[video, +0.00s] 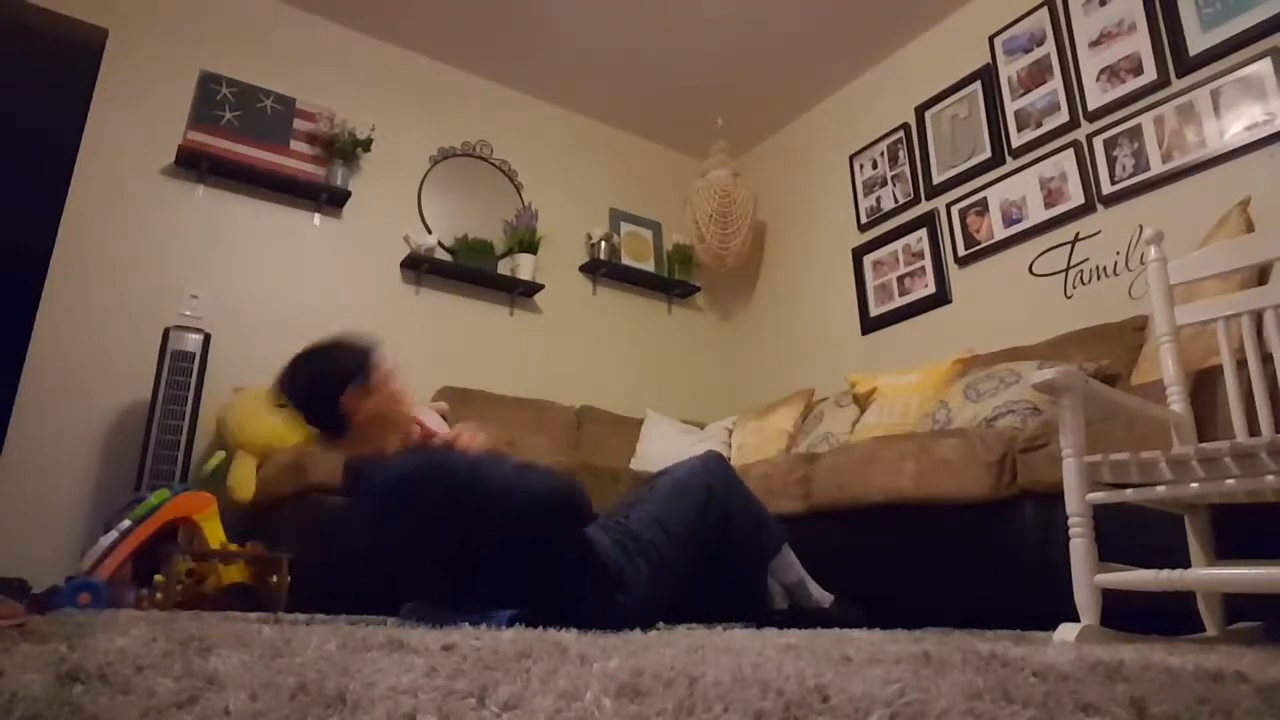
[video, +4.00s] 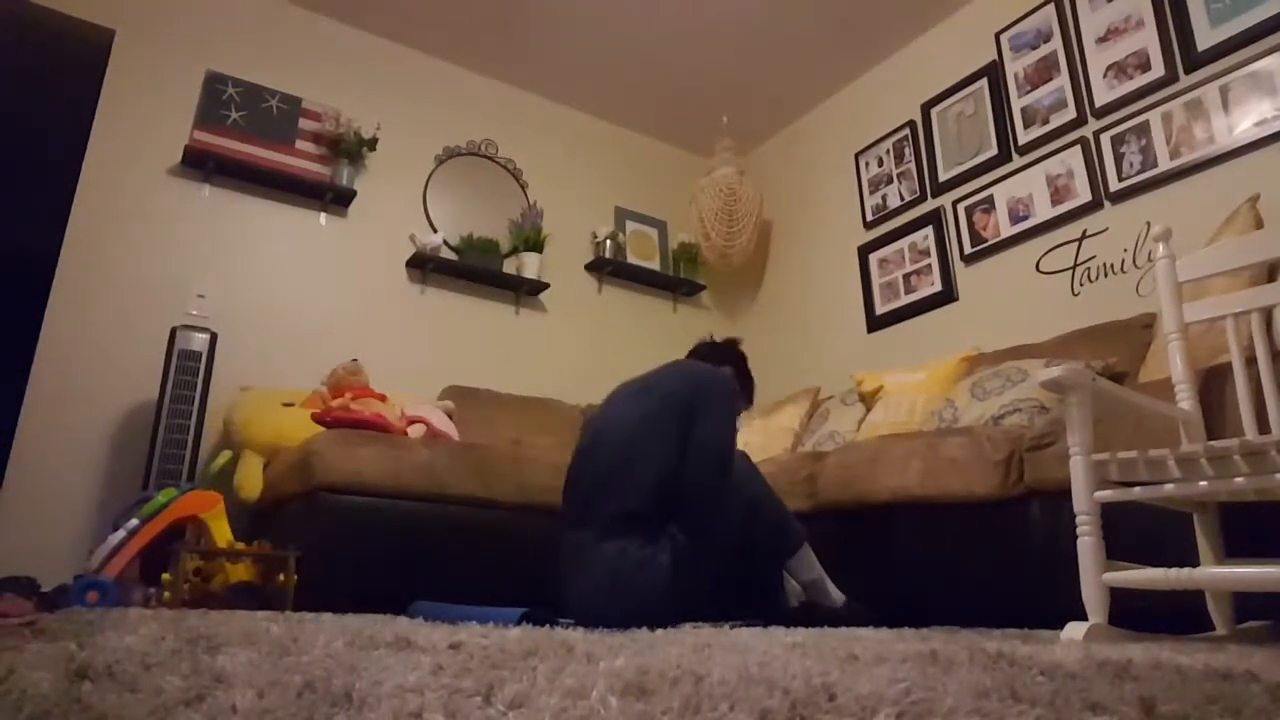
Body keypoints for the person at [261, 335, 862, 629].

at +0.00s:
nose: (401, 387)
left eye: (391, 375)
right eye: (387, 379)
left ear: (343, 414)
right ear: (356, 404)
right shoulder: (427, 478)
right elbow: (570, 503)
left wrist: (444, 455)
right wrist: (482, 455)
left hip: (541, 595)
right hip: (595, 590)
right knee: (709, 474)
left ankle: (786, 610)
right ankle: (806, 599)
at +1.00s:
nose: (510, 353)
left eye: (508, 340)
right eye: (503, 339)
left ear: (450, 341)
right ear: (473, 338)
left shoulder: (425, 427)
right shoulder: (496, 420)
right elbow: (596, 509)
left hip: (511, 595)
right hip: (592, 599)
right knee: (713, 475)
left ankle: (790, 602)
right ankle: (812, 593)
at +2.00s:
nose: (617, 341)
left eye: (618, 330)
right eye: (617, 328)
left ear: (561, 312)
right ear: (598, 312)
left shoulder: (519, 382)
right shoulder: (599, 368)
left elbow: (521, 488)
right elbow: (653, 487)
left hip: (555, 590)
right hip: (627, 592)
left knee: (718, 465)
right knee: (719, 474)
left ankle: (812, 591)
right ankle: (787, 600)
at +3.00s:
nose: (326, 439)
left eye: (311, 431)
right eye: (306, 441)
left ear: (287, 493)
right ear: (285, 490)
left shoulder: (327, 560)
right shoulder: (367, 546)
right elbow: (529, 531)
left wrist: (430, 492)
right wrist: (436, 490)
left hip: (554, 572)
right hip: (577, 582)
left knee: (680, 493)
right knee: (707, 487)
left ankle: (779, 601)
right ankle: (810, 597)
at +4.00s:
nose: (736, 415)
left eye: (740, 410)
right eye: (739, 405)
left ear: (691, 360)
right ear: (731, 379)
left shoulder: (627, 393)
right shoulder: (714, 383)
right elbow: (706, 503)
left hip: (584, 584)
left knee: (731, 462)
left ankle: (823, 592)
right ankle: (794, 598)